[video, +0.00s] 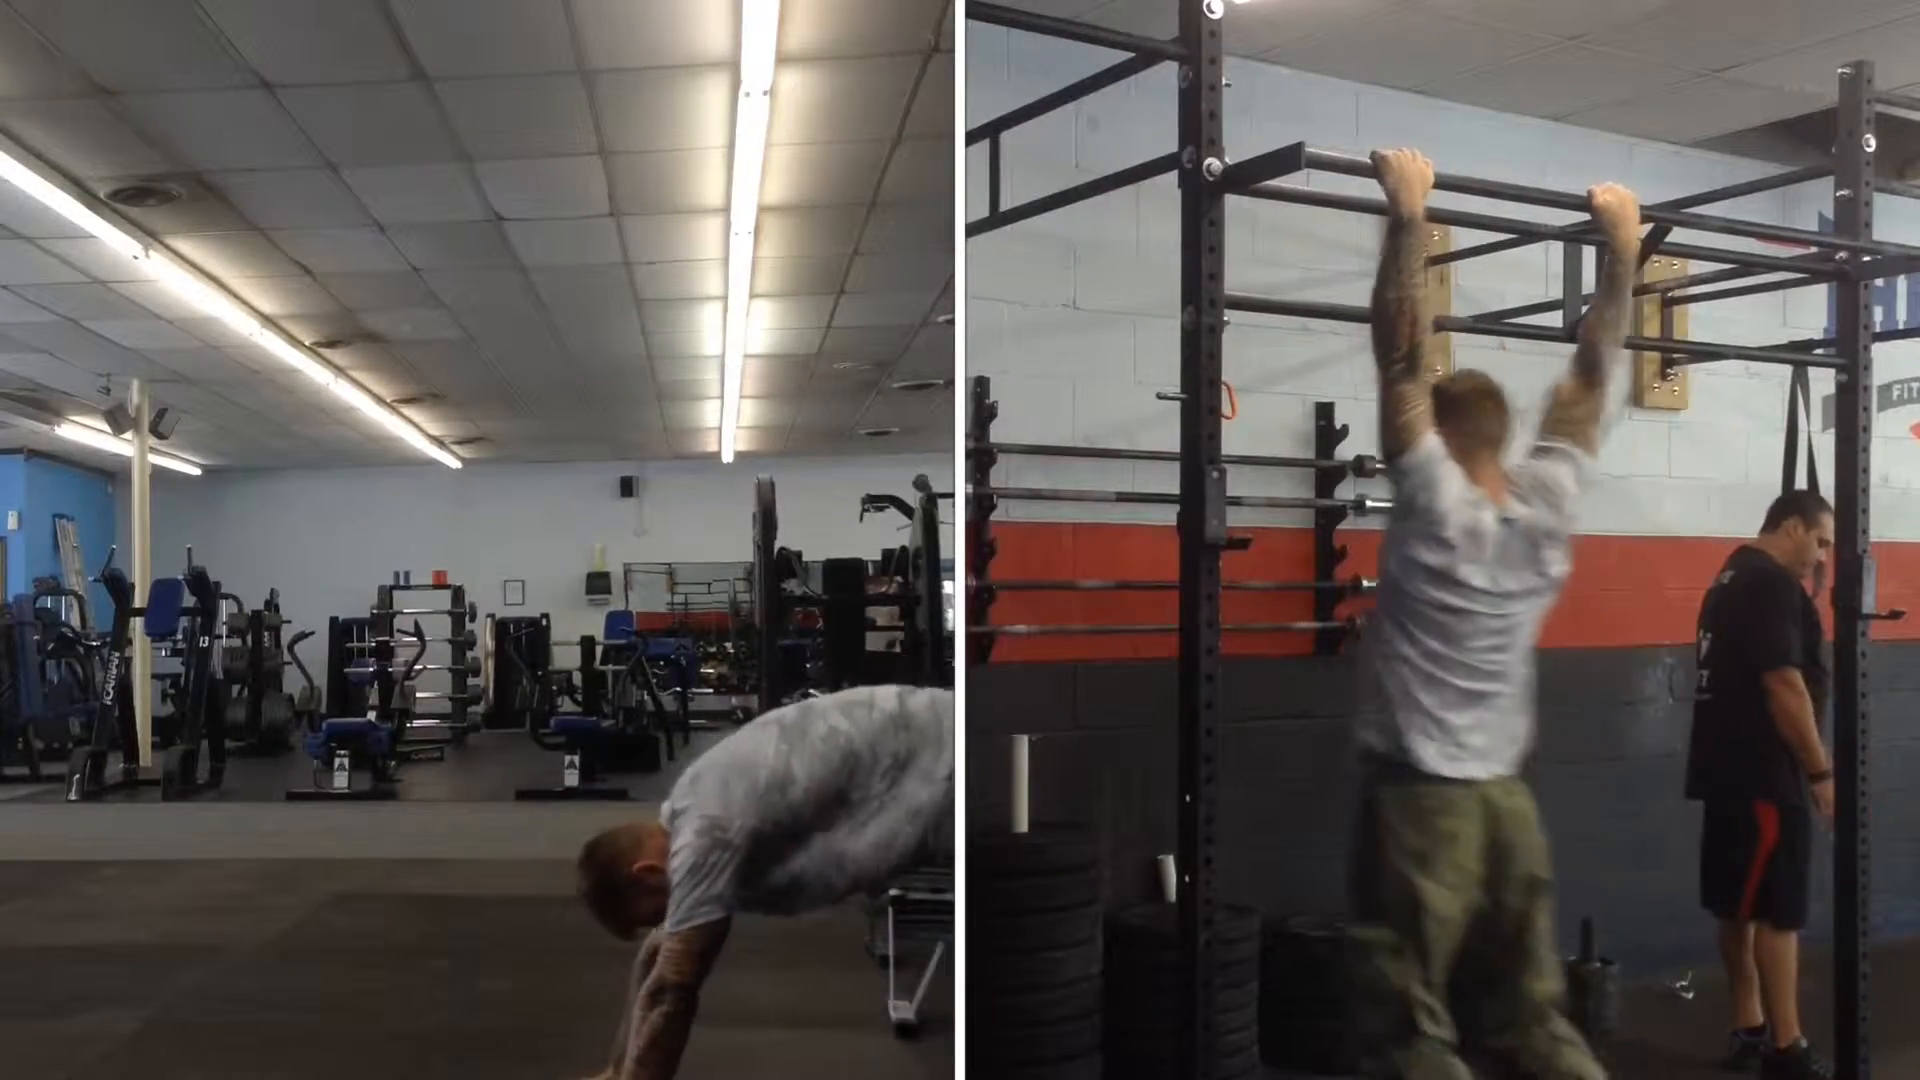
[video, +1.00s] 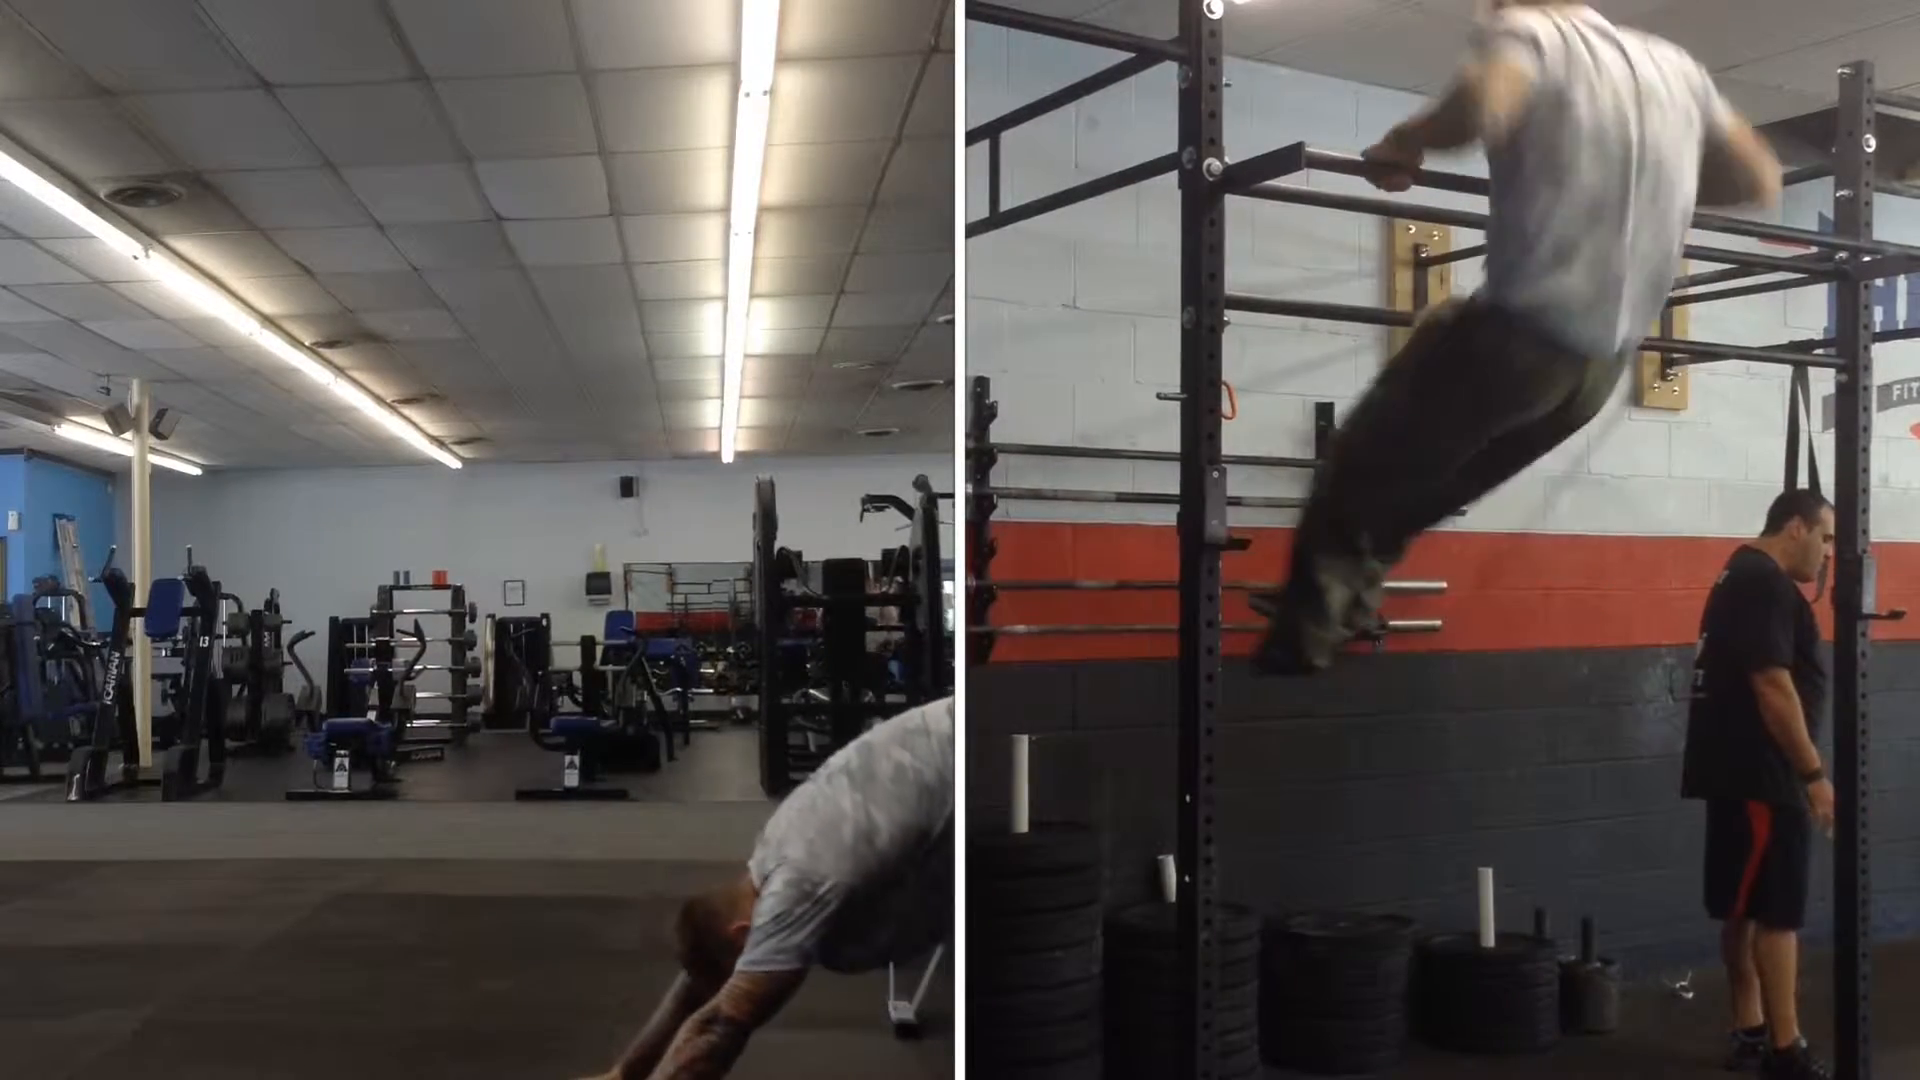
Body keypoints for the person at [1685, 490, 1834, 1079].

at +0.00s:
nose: (1823, 556)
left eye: (1827, 546)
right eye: (1820, 542)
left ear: (1781, 528)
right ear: (1791, 527)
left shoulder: (1735, 578)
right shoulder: (1771, 584)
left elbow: (1736, 684)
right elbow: (1783, 687)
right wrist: (1822, 773)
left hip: (1729, 770)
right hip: (1767, 775)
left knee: (1738, 908)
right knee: (1779, 914)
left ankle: (1749, 1030)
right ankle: (1787, 1044)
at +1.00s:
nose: (1828, 549)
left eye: (1830, 538)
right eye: (1825, 536)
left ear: (1786, 527)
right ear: (1796, 527)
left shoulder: (1742, 579)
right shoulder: (1764, 584)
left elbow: (1751, 686)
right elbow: (1771, 687)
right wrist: (1814, 772)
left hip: (1737, 770)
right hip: (1763, 774)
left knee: (1745, 910)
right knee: (1777, 915)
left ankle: (1749, 1034)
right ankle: (1786, 1049)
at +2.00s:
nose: (1866, 535)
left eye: (1866, 522)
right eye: (1862, 522)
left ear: (1814, 514)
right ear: (1835, 517)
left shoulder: (1784, 577)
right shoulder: (1825, 586)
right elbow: (1849, 700)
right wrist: (1895, 787)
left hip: (1791, 771)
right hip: (1827, 778)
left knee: (1807, 910)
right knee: (1834, 919)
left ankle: (1769, 1017)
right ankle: (1840, 1054)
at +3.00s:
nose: (1910, 524)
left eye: (1908, 511)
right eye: (1900, 511)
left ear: (1865, 519)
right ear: (1865, 517)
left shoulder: (1829, 579)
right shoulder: (1861, 589)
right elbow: (1882, 702)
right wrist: (1914, 775)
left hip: (1842, 781)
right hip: (1864, 790)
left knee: (1862, 922)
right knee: (1865, 925)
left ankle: (1854, 1041)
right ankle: (1852, 1048)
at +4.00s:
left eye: (1919, 511)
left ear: (1892, 514)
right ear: (1913, 515)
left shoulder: (1861, 570)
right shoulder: (1895, 573)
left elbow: (1838, 645)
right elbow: (1844, 650)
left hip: (1875, 760)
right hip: (1899, 762)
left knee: (1888, 900)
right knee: (1892, 903)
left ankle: (1872, 1030)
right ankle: (1872, 1031)